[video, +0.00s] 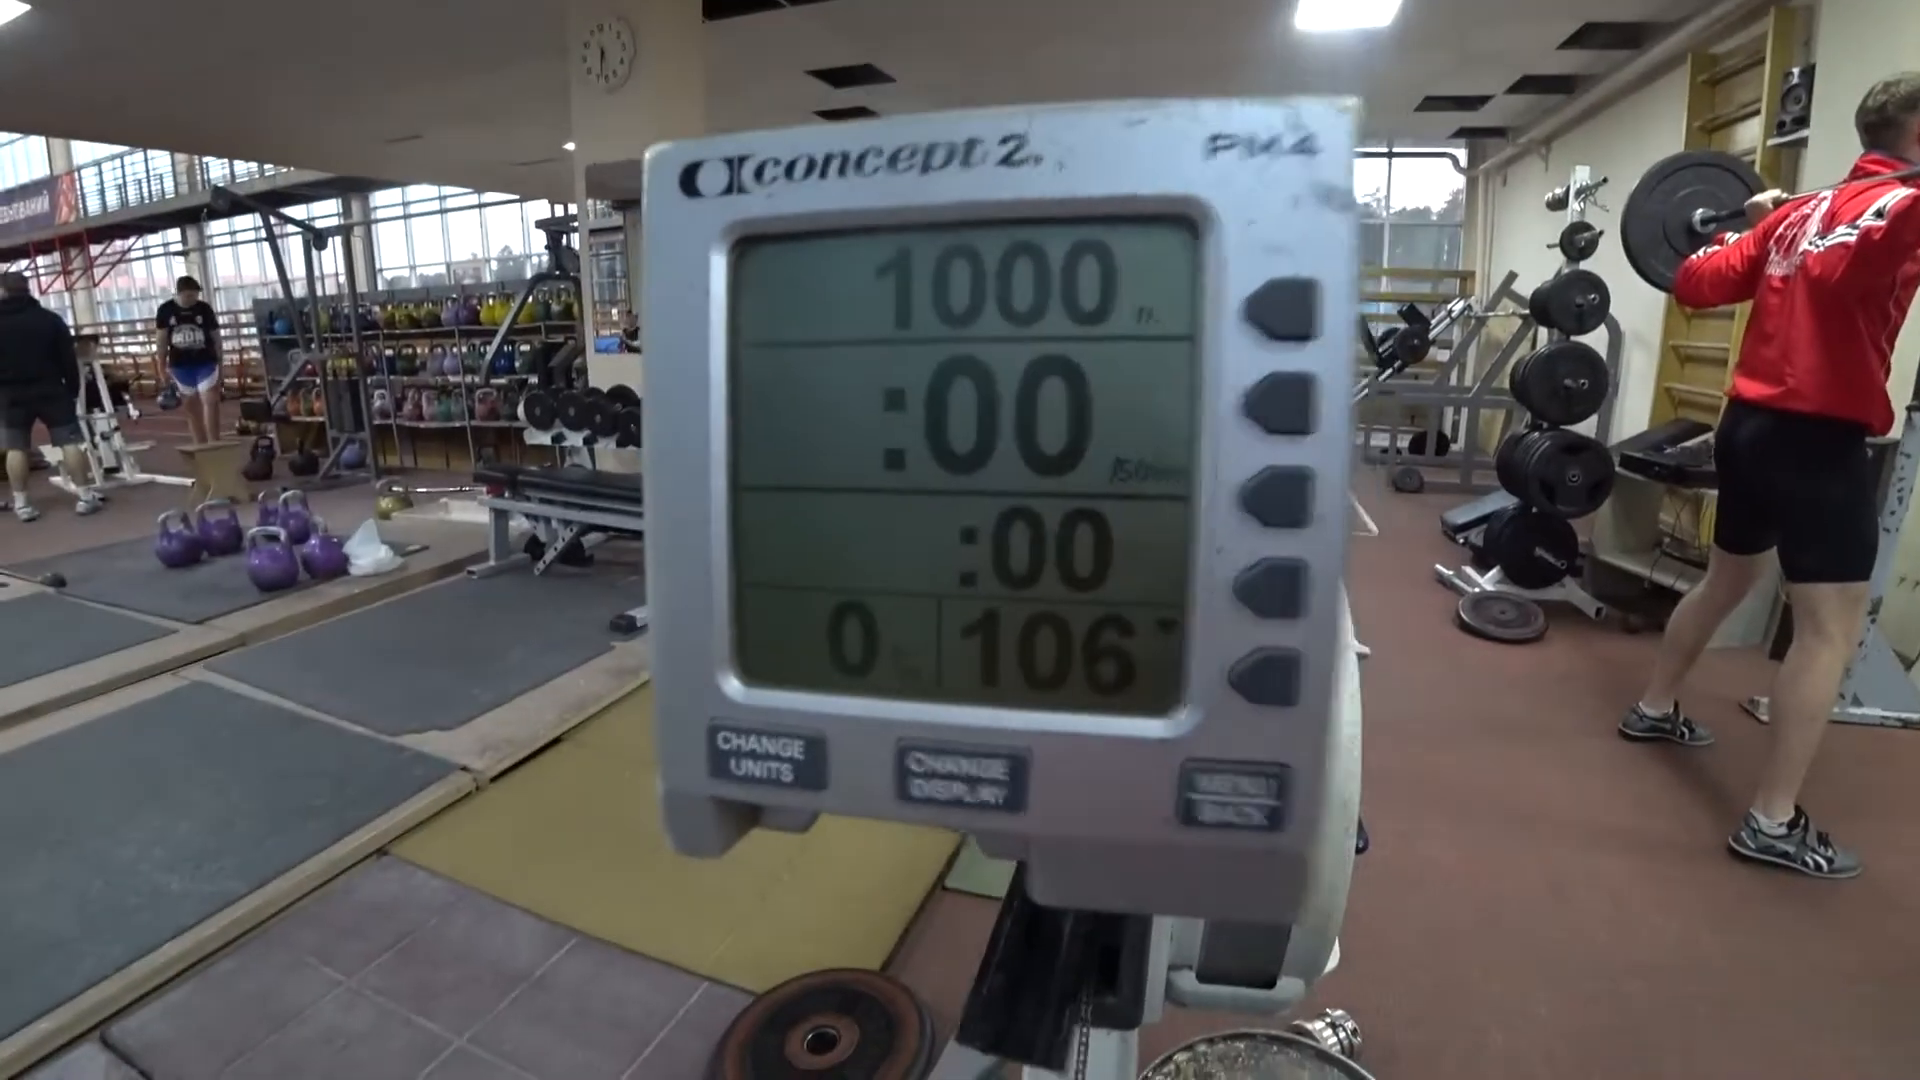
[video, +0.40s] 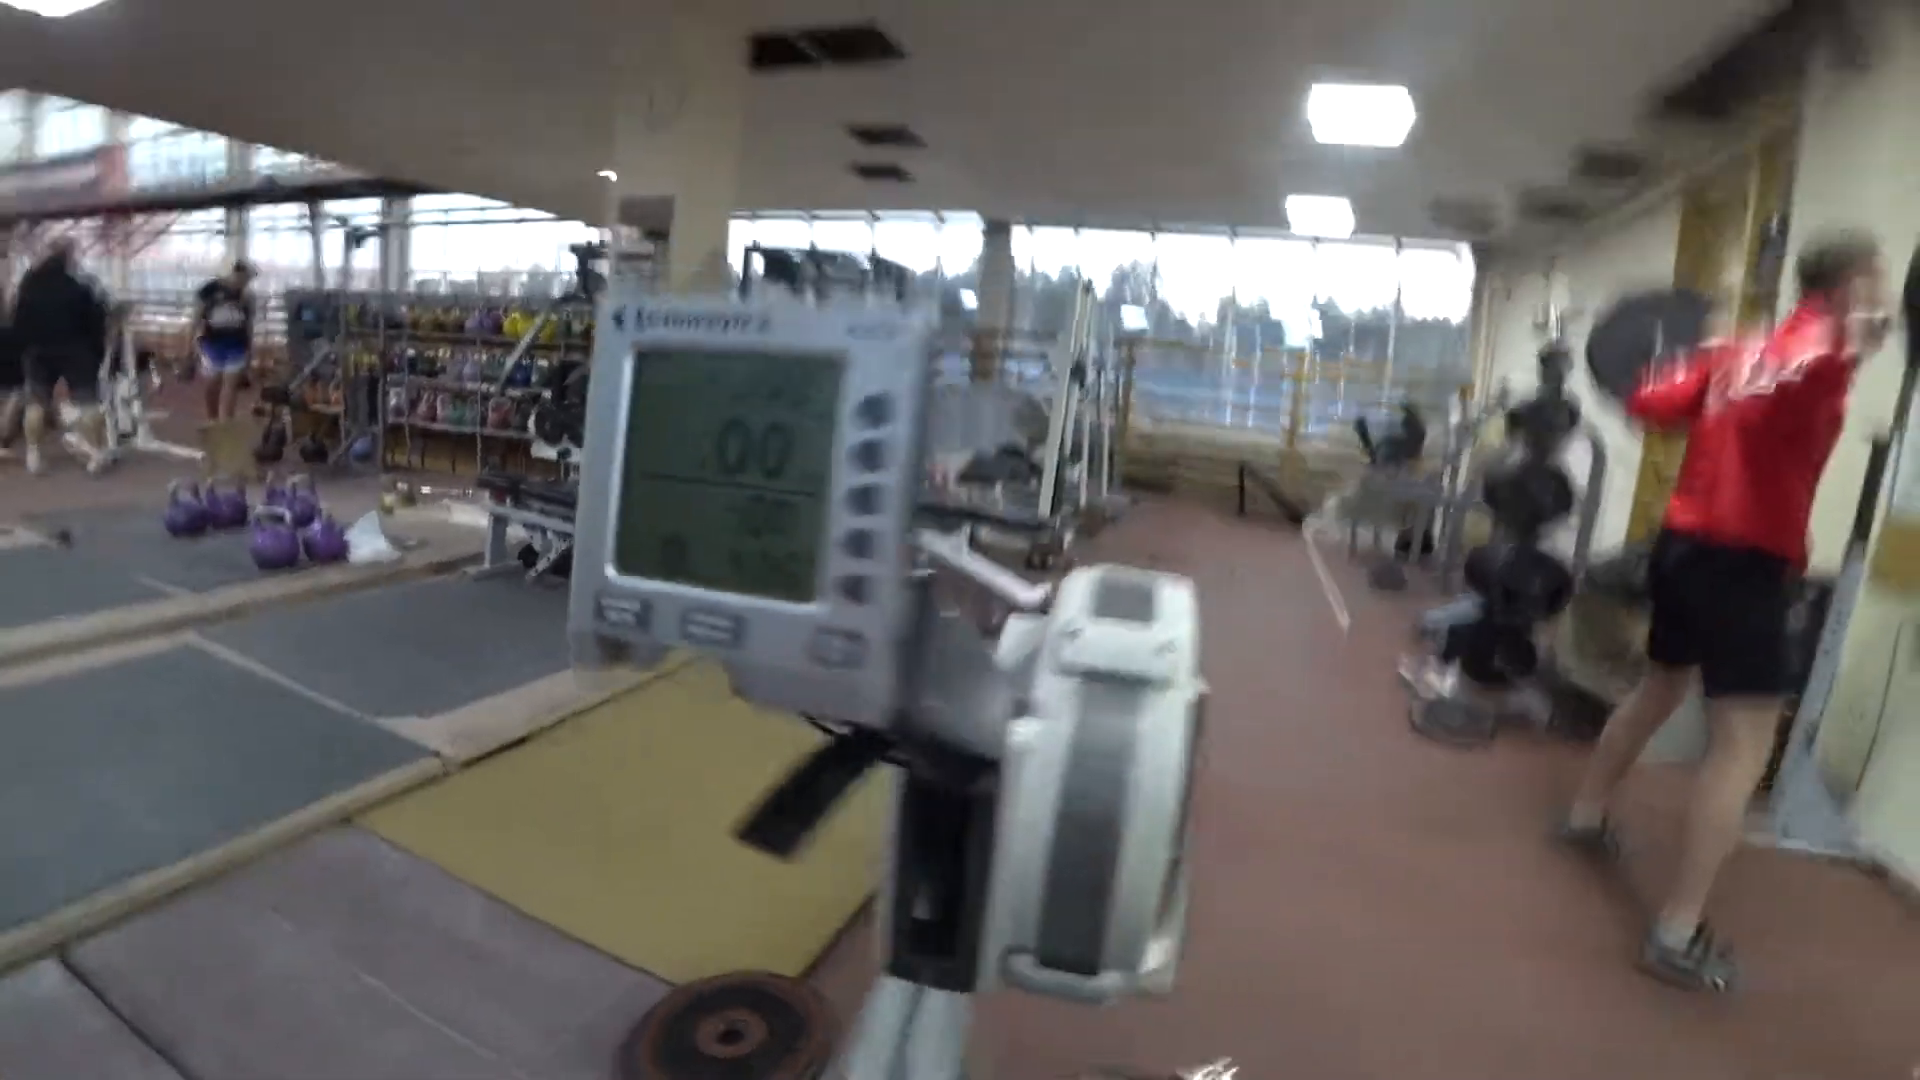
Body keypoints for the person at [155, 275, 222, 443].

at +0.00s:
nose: (192, 298)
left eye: (195, 294)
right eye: (188, 295)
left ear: (198, 293)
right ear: (179, 294)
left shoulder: (204, 309)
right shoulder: (166, 310)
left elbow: (216, 337)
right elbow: (161, 341)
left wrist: (219, 363)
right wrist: (162, 369)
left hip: (205, 362)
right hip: (180, 365)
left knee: (211, 403)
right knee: (191, 407)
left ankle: (214, 444)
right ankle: (200, 446)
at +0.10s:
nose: (194, 308)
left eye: (198, 304)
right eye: (191, 304)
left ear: (203, 302)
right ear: (182, 301)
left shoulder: (209, 317)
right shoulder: (170, 318)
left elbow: (219, 344)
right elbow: (165, 349)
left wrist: (222, 368)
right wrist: (163, 378)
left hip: (209, 367)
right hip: (183, 370)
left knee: (210, 408)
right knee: (193, 413)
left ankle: (215, 450)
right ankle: (204, 450)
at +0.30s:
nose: (232, 257)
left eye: (234, 253)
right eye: (230, 252)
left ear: (234, 253)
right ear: (220, 250)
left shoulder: (234, 273)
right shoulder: (198, 265)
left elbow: (238, 302)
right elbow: (184, 296)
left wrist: (237, 326)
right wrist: (177, 327)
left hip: (225, 323)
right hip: (201, 323)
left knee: (221, 364)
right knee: (205, 363)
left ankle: (220, 402)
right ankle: (207, 397)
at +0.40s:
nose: (244, 283)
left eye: (246, 279)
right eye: (243, 278)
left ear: (247, 279)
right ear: (236, 274)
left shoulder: (247, 297)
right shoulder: (210, 291)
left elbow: (249, 327)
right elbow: (196, 321)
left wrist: (248, 356)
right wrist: (189, 353)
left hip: (237, 344)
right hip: (212, 343)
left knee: (231, 386)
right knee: (212, 384)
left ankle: (227, 423)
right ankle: (213, 421)